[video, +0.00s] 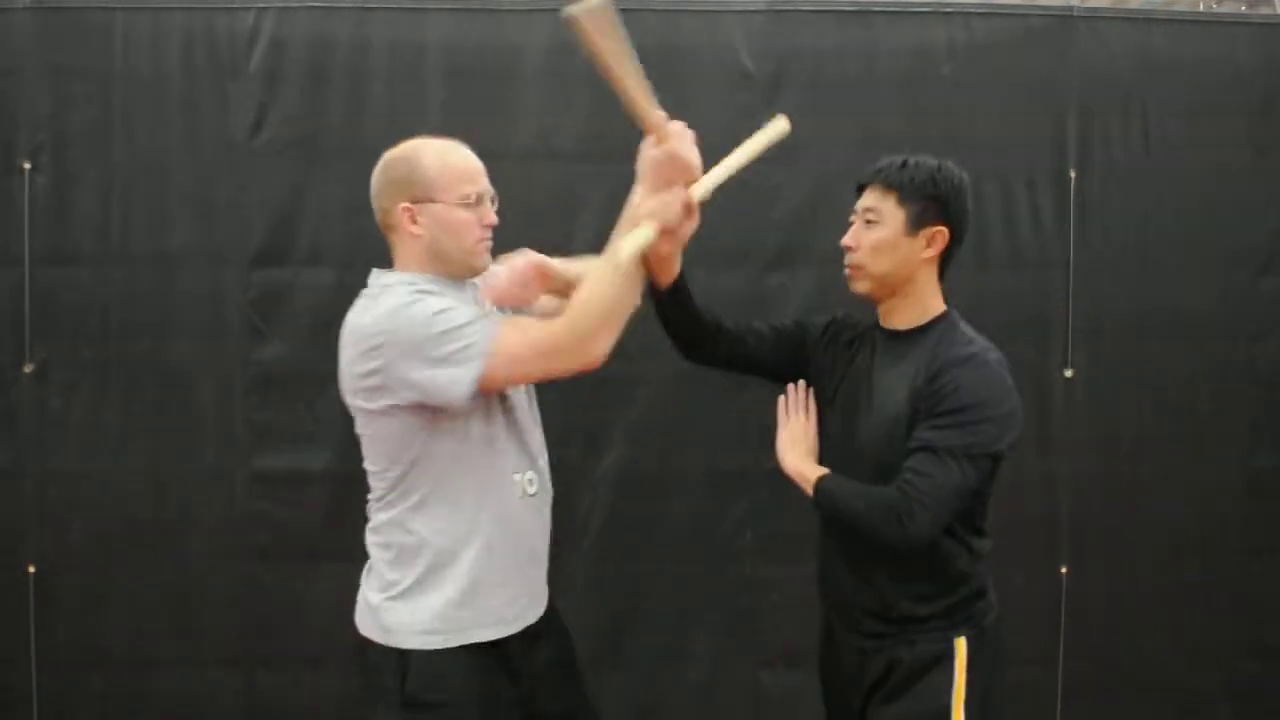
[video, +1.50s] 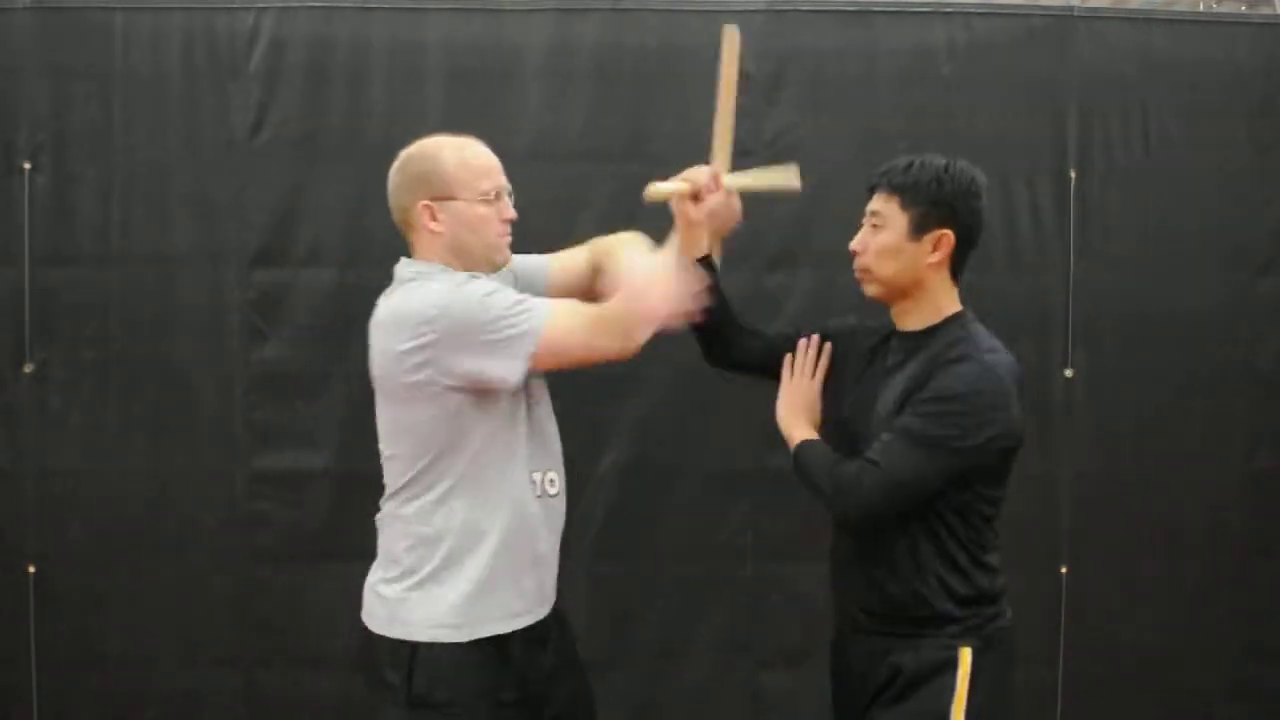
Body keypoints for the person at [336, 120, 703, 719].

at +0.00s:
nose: (493, 217)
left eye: (490, 201)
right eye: (473, 203)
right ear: (412, 219)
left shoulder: (487, 293)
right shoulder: (390, 321)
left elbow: (604, 292)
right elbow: (578, 346)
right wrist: (645, 211)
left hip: (526, 627)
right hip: (432, 649)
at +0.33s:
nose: (512, 231)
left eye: (513, 216)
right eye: (491, 215)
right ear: (431, 227)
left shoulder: (540, 335)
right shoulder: (381, 334)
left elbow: (601, 446)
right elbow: (379, 452)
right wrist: (335, 295)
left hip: (548, 641)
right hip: (435, 670)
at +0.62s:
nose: (569, 229)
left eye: (567, 215)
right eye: (553, 211)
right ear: (498, 217)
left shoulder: (524, 322)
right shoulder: (467, 307)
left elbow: (535, 471)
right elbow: (626, 338)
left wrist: (618, 448)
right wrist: (653, 186)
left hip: (558, 627)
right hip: (474, 636)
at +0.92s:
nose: (590, 237)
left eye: (588, 221)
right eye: (578, 218)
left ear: (524, 223)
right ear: (526, 221)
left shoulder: (472, 319)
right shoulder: (548, 310)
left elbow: (531, 463)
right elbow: (704, 362)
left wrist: (607, 425)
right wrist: (790, 329)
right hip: (495, 633)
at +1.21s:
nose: (556, 228)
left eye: (552, 212)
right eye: (543, 211)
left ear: (487, 225)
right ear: (490, 224)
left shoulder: (439, 312)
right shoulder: (534, 329)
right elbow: (646, 430)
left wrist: (649, 343)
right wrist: (689, 423)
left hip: (437, 631)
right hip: (510, 644)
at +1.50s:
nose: (512, 213)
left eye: (507, 195)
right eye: (493, 197)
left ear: (436, 219)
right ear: (432, 216)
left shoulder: (480, 281)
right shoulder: (428, 311)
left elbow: (600, 258)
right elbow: (613, 335)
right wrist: (652, 289)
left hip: (527, 622)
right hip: (443, 641)